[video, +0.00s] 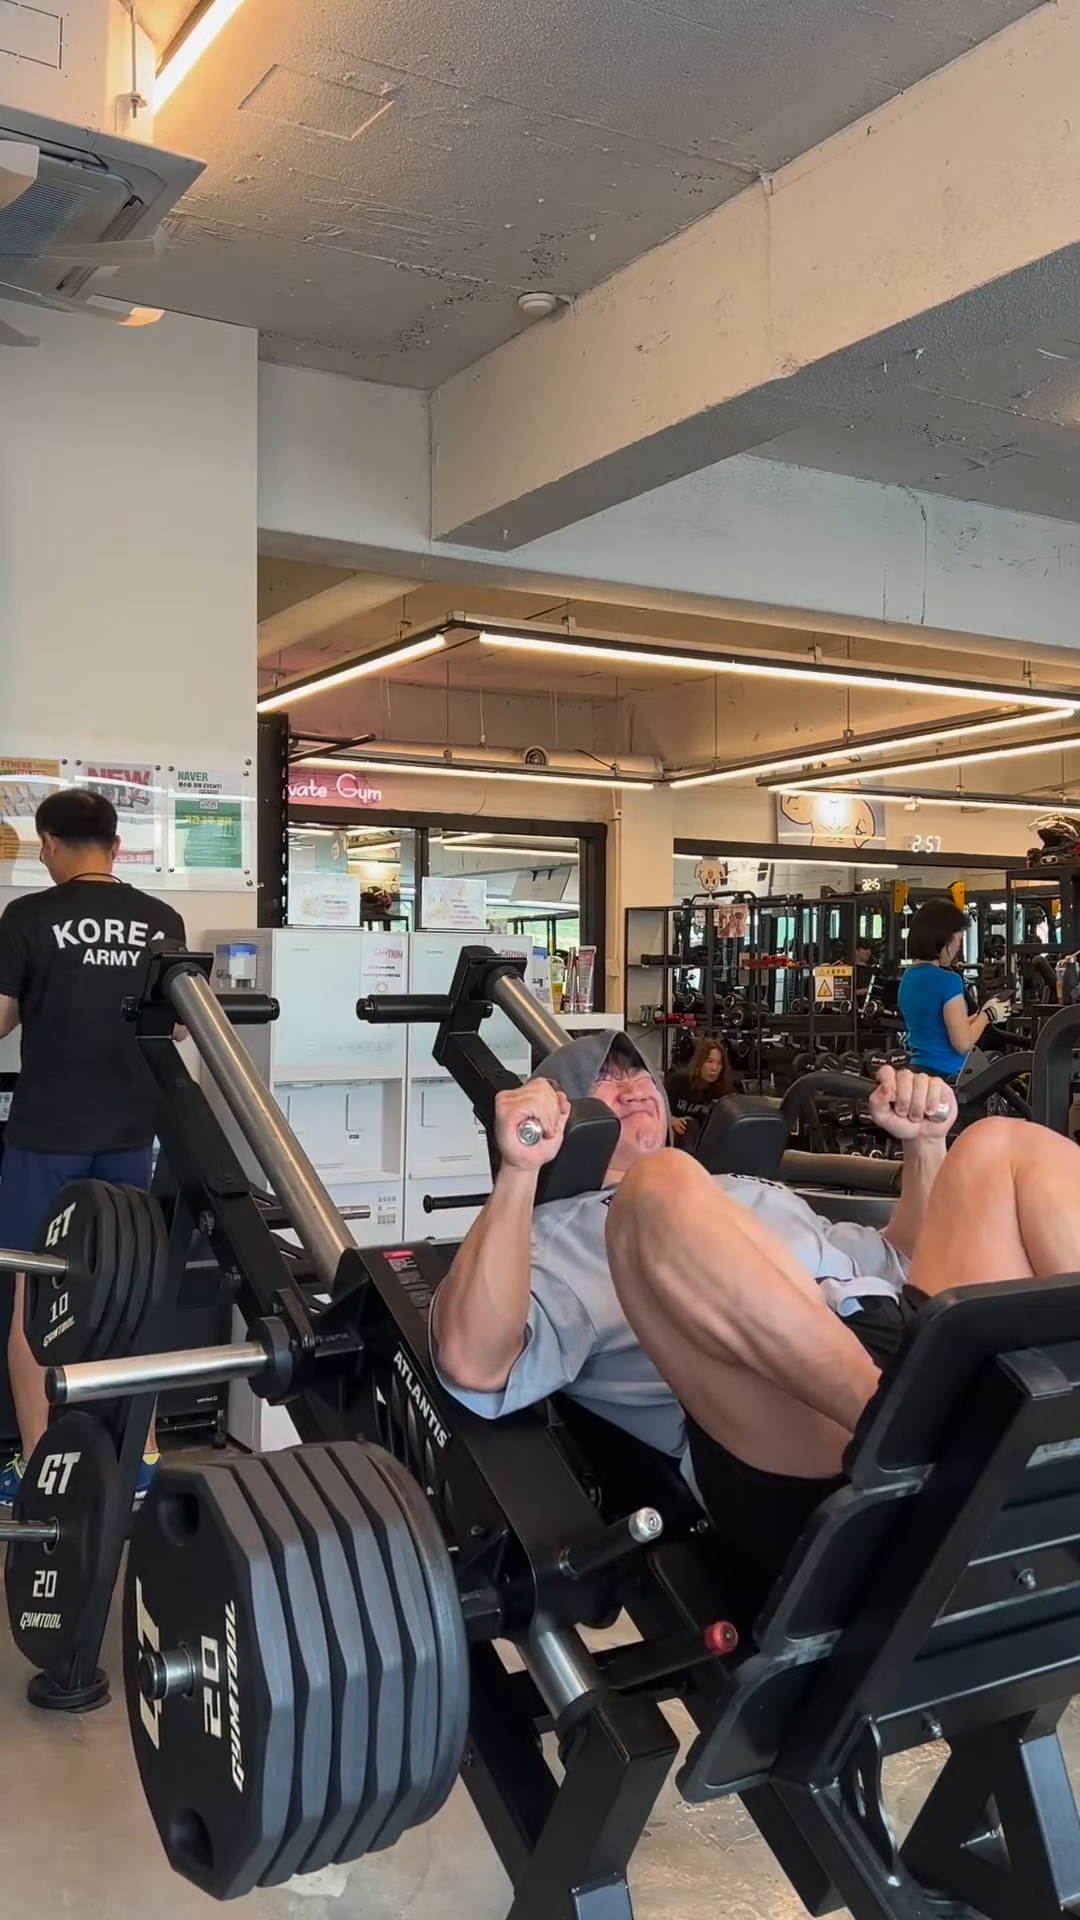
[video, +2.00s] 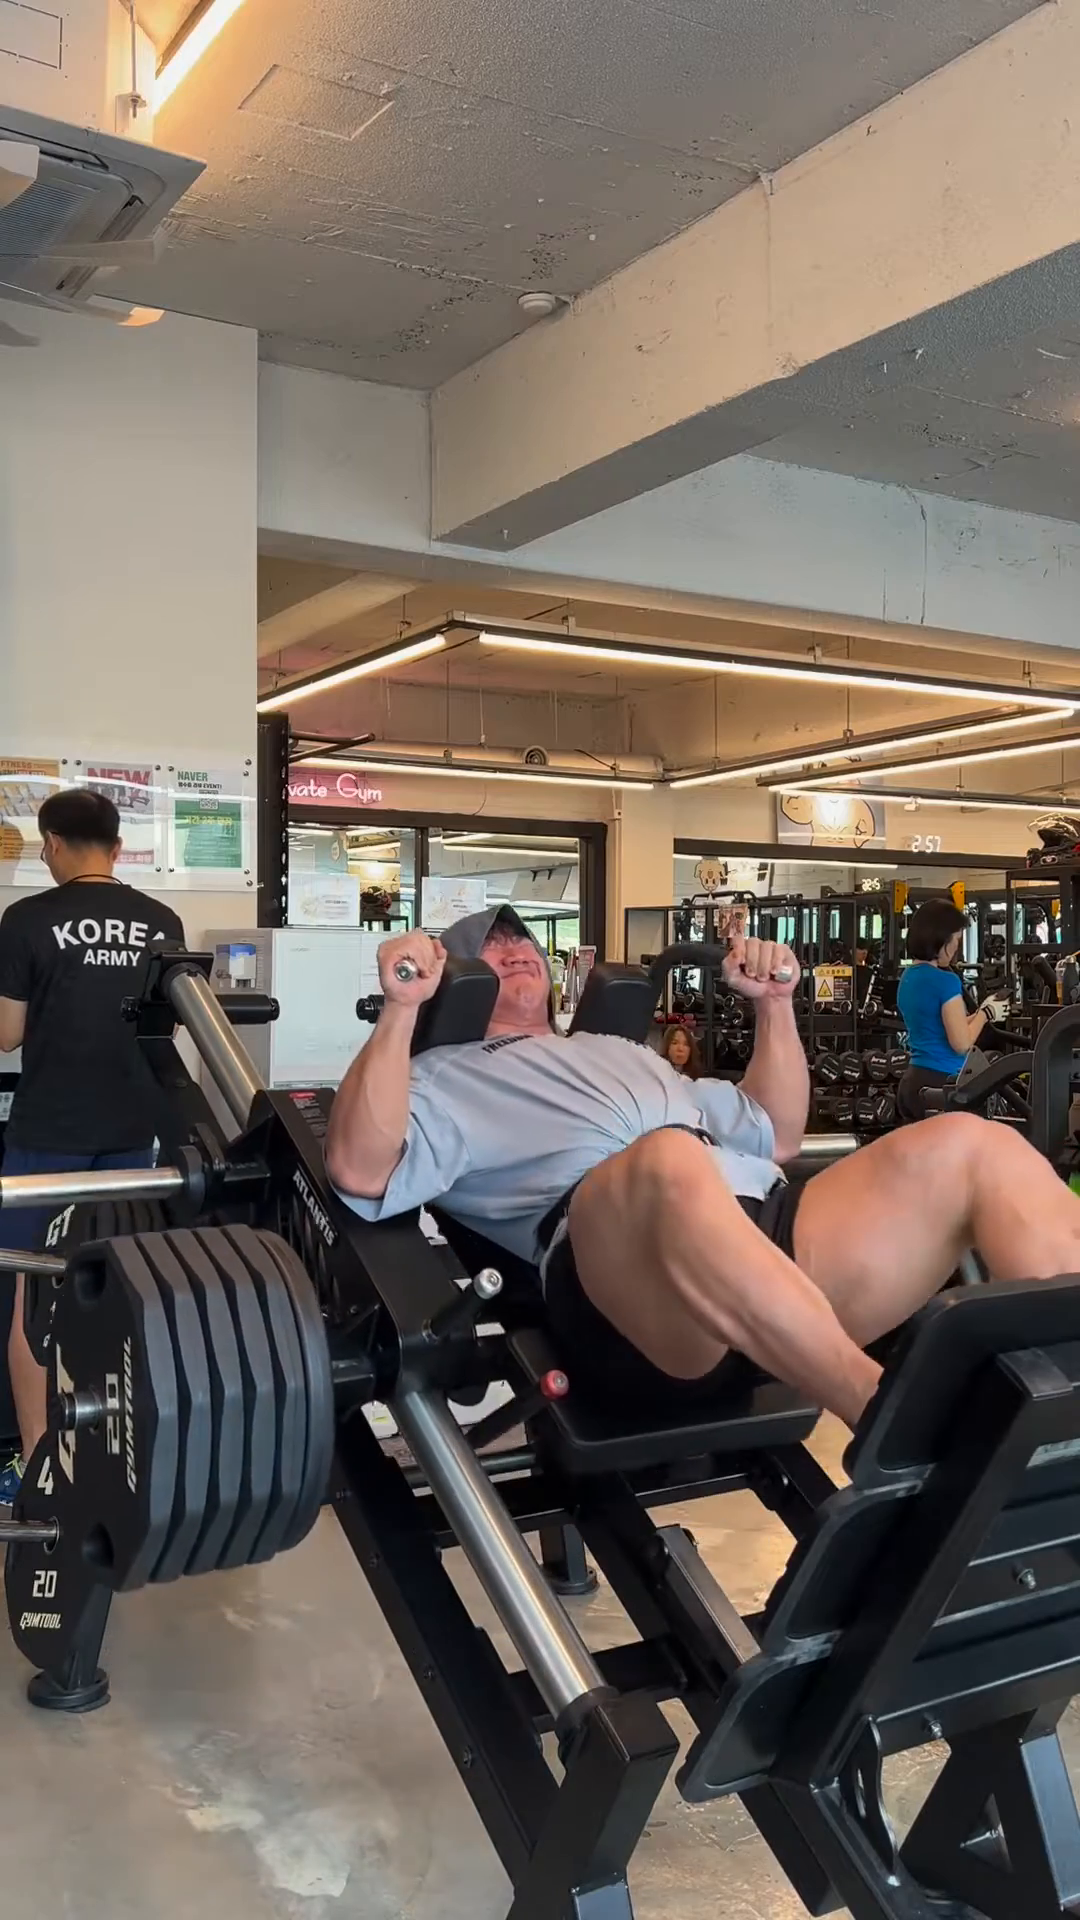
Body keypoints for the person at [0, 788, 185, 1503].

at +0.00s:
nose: (47, 859)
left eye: (44, 849)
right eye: (51, 849)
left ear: (48, 847)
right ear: (116, 848)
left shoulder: (28, 916)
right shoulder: (163, 918)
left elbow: (6, 1020)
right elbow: (178, 1023)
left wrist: (47, 1004)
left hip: (47, 1130)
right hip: (135, 1132)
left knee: (26, 1298)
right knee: (130, 1288)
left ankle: (41, 1462)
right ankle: (138, 1447)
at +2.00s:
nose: (49, 858)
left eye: (47, 847)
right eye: (56, 848)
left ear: (50, 846)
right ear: (117, 848)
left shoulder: (29, 919)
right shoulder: (164, 921)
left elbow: (9, 1032)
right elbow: (170, 1021)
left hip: (50, 1130)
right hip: (142, 1128)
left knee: (23, 1297)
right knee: (128, 1287)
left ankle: (41, 1458)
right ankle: (131, 1445)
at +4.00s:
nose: (49, 858)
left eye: (46, 848)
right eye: (53, 849)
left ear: (52, 847)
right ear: (118, 847)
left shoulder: (33, 917)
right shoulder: (165, 920)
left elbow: (8, 1032)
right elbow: (179, 1031)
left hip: (47, 1139)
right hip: (139, 1141)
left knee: (29, 1299)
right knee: (133, 1297)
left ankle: (36, 1458)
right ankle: (136, 1463)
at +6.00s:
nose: (45, 861)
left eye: (43, 851)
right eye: (48, 851)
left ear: (49, 849)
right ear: (114, 847)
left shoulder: (33, 919)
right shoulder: (162, 920)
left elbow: (12, 1037)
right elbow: (182, 1030)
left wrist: (61, 1027)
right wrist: (120, 1026)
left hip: (51, 1131)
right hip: (137, 1132)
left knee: (30, 1297)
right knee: (121, 1287)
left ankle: (39, 1461)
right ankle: (121, 1449)